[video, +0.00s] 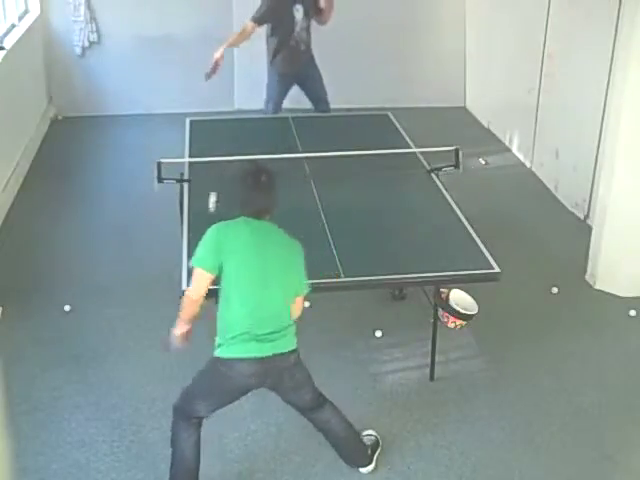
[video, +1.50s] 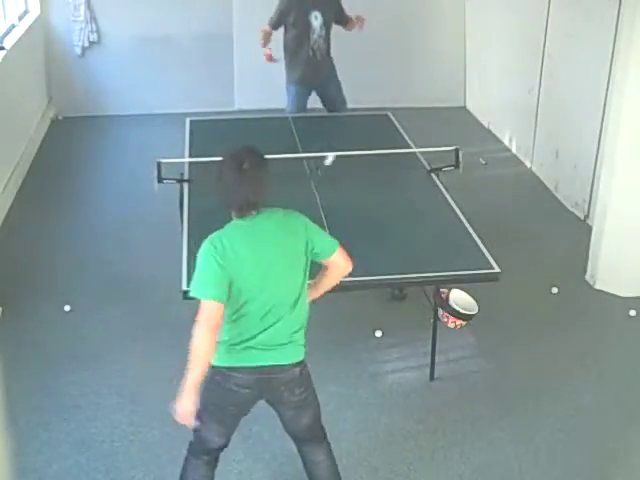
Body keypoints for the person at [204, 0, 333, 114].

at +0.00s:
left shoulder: (307, 2)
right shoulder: (273, 4)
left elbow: (322, 20)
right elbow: (248, 29)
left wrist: (329, 3)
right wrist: (222, 49)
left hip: (306, 63)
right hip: (281, 66)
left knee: (323, 108)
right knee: (272, 111)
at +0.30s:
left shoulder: (332, 2)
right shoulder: (292, 3)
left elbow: (349, 18)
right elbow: (284, 28)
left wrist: (356, 4)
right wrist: (273, 55)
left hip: (323, 63)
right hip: (297, 64)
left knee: (335, 112)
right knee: (295, 112)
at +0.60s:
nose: (315, 2)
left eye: (318, 1)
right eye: (312, 1)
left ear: (324, 0)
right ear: (308, 0)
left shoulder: (337, 6)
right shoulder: (296, 11)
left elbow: (355, 32)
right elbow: (281, 43)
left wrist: (361, 26)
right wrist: (291, 63)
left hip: (327, 72)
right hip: (301, 72)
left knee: (336, 114)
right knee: (297, 114)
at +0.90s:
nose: (304, 2)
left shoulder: (323, 5)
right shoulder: (286, 15)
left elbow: (331, 25)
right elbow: (277, 58)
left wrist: (352, 32)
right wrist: (304, 75)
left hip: (316, 69)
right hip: (289, 70)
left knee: (328, 115)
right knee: (290, 115)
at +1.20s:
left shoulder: (323, 1)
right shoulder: (280, 2)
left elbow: (337, 18)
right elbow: (257, 22)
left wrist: (353, 15)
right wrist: (238, 31)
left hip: (316, 73)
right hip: (290, 74)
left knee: (323, 120)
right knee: (289, 120)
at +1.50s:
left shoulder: (331, 3)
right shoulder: (289, 4)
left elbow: (347, 24)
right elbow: (269, 28)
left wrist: (355, 22)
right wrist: (266, 47)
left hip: (325, 71)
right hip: (298, 71)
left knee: (341, 116)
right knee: (295, 118)